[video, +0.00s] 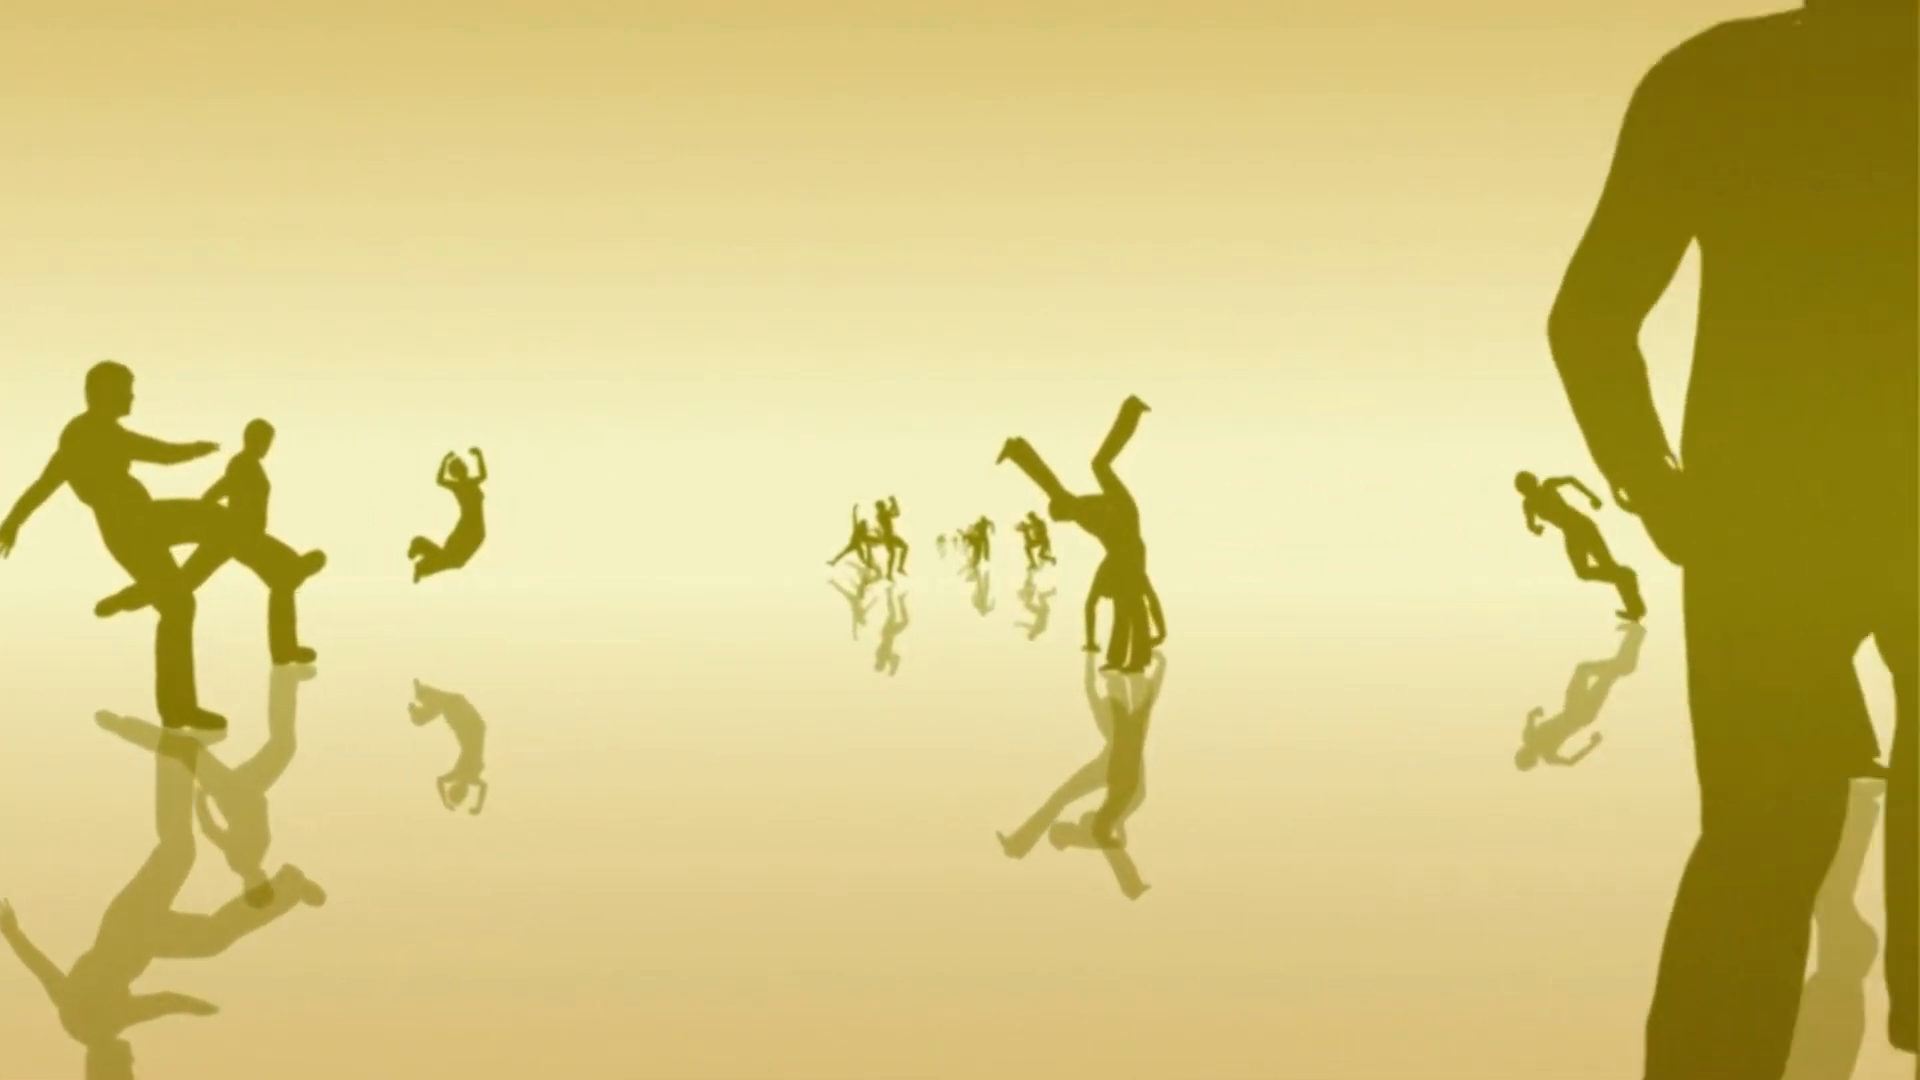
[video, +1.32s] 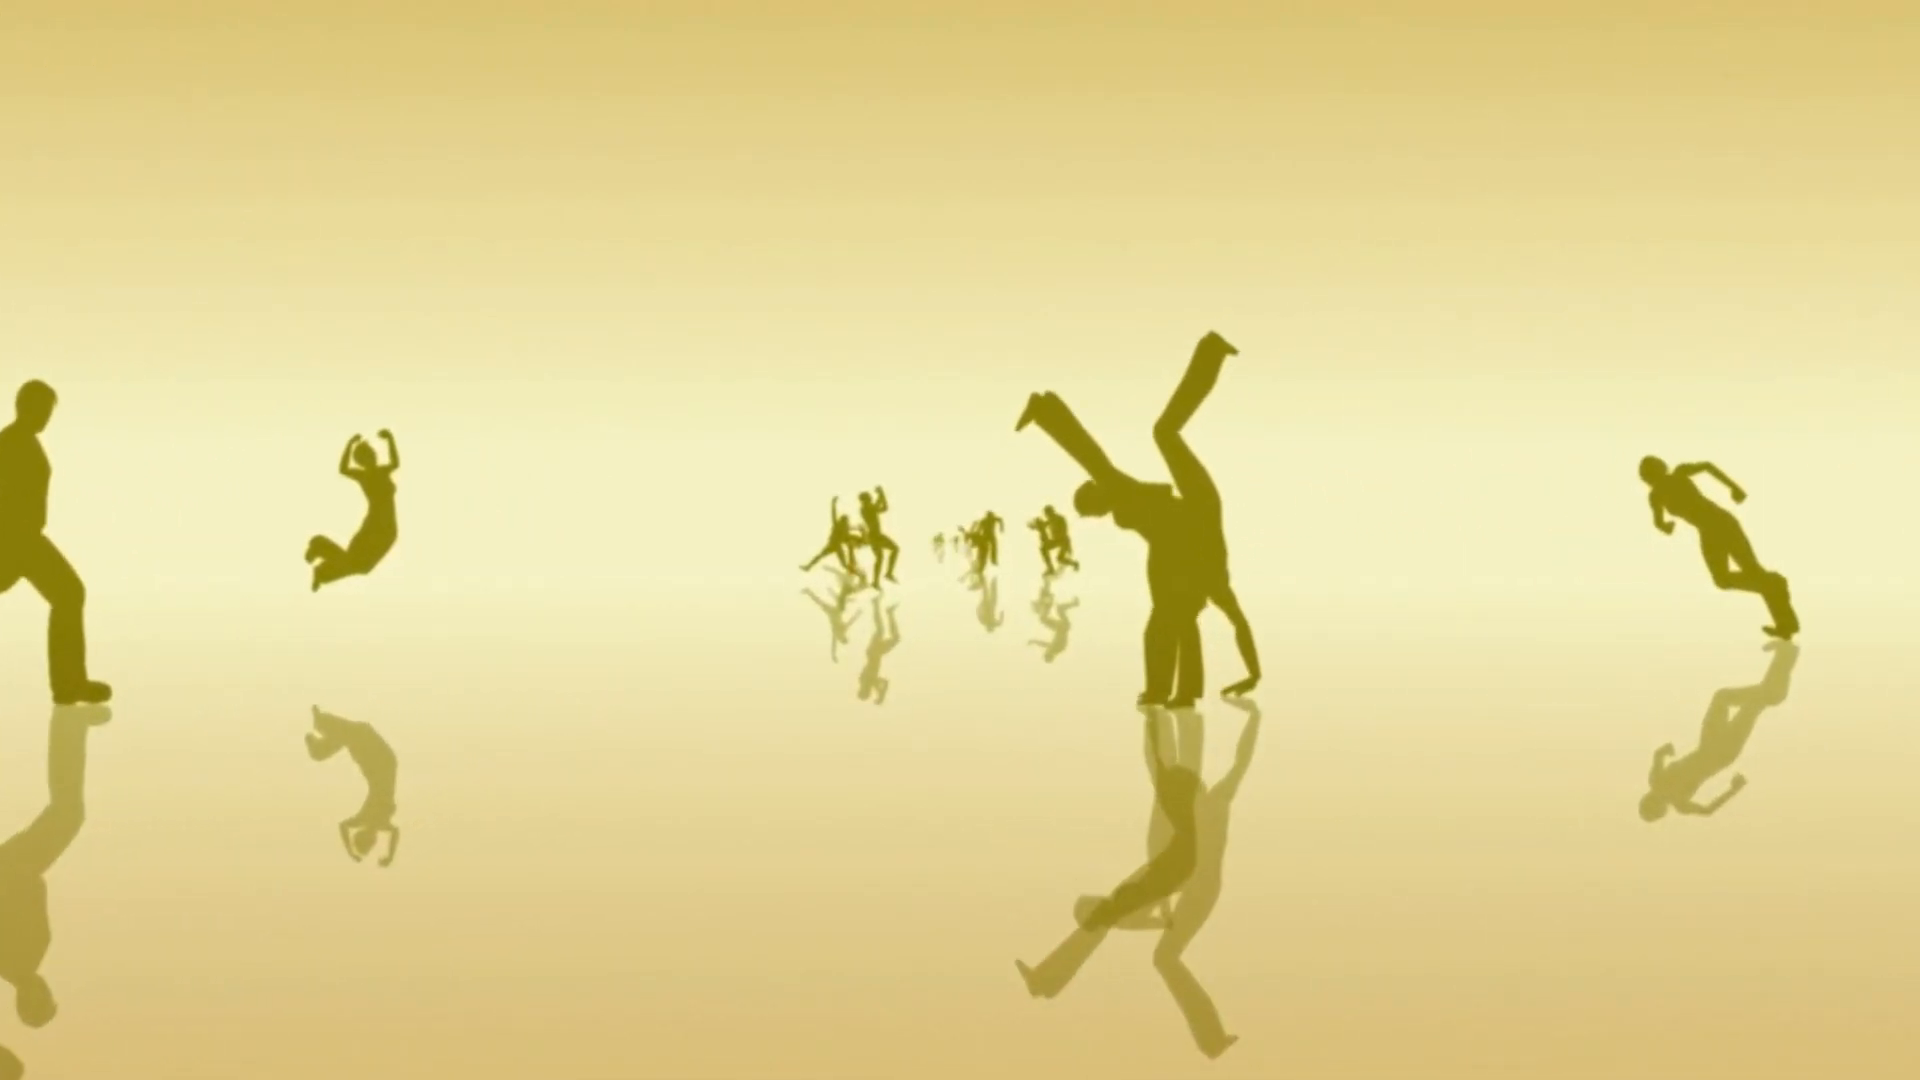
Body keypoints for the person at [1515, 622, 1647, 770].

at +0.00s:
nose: (1528, 761)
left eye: (1525, 761)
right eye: (1527, 763)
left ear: (1522, 752)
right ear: (1530, 762)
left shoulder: (1529, 739)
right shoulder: (1548, 756)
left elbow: (1529, 723)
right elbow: (1570, 762)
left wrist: (1533, 714)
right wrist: (1592, 745)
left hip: (1571, 707)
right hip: (1583, 716)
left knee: (1582, 670)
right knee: (1608, 679)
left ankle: (1617, 664)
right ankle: (1636, 635)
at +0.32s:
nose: (1554, 771)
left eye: (1550, 770)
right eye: (1552, 773)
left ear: (1547, 761)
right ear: (1554, 770)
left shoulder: (1553, 746)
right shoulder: (1573, 765)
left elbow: (1553, 730)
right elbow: (1596, 771)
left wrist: (1558, 721)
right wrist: (1618, 754)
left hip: (1597, 714)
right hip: (1610, 723)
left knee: (1608, 675)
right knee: (1636, 683)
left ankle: (1647, 669)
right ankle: (1663, 639)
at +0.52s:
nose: (1573, 779)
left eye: (1569, 778)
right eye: (1571, 781)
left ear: (1565, 768)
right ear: (1573, 778)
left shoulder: (1572, 753)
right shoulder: (1592, 772)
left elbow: (1572, 735)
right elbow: (1616, 778)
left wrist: (1577, 726)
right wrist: (1639, 760)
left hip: (1617, 719)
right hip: (1631, 728)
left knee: (1628, 679)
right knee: (1657, 687)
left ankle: (1667, 674)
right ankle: (1685, 641)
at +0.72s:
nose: (1592, 785)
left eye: (1588, 784)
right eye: (1590, 787)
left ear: (1585, 774)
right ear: (1593, 784)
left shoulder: (1591, 760)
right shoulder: (1612, 780)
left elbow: (1591, 742)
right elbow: (1637, 785)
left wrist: (1596, 732)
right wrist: (1660, 768)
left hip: (1638, 725)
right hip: (1651, 735)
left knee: (1649, 684)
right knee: (1679, 691)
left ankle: (1690, 678)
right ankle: (1708, 644)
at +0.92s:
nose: (1613, 793)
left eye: (1609, 792)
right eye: (1611, 794)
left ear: (1605, 782)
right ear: (1614, 792)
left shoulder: (1612, 767)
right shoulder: (1633, 787)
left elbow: (1613, 748)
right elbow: (1658, 794)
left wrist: (1617, 738)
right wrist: (1683, 775)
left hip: (1660, 731)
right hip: (1674, 741)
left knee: (1671, 688)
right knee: (1701, 697)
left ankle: (1713, 682)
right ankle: (1733, 647)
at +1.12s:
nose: (1635, 802)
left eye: (1631, 801)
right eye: (1633, 804)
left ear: (1627, 790)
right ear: (1635, 801)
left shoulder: (1633, 774)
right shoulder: (1656, 796)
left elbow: (1634, 752)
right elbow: (1682, 802)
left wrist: (1640, 745)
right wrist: (1708, 782)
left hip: (1683, 737)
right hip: (1698, 747)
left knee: (1695, 693)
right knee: (1727, 702)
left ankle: (1738, 688)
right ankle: (1758, 650)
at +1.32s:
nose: (1660, 813)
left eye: (1655, 812)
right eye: (1657, 815)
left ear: (1651, 801)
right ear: (1659, 810)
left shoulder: (1656, 782)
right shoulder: (1681, 804)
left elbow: (1657, 759)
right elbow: (1707, 811)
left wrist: (1663, 751)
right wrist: (1734, 790)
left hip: (1708, 744)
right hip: (1724, 753)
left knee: (1720, 698)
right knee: (1755, 706)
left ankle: (1765, 692)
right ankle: (1786, 652)